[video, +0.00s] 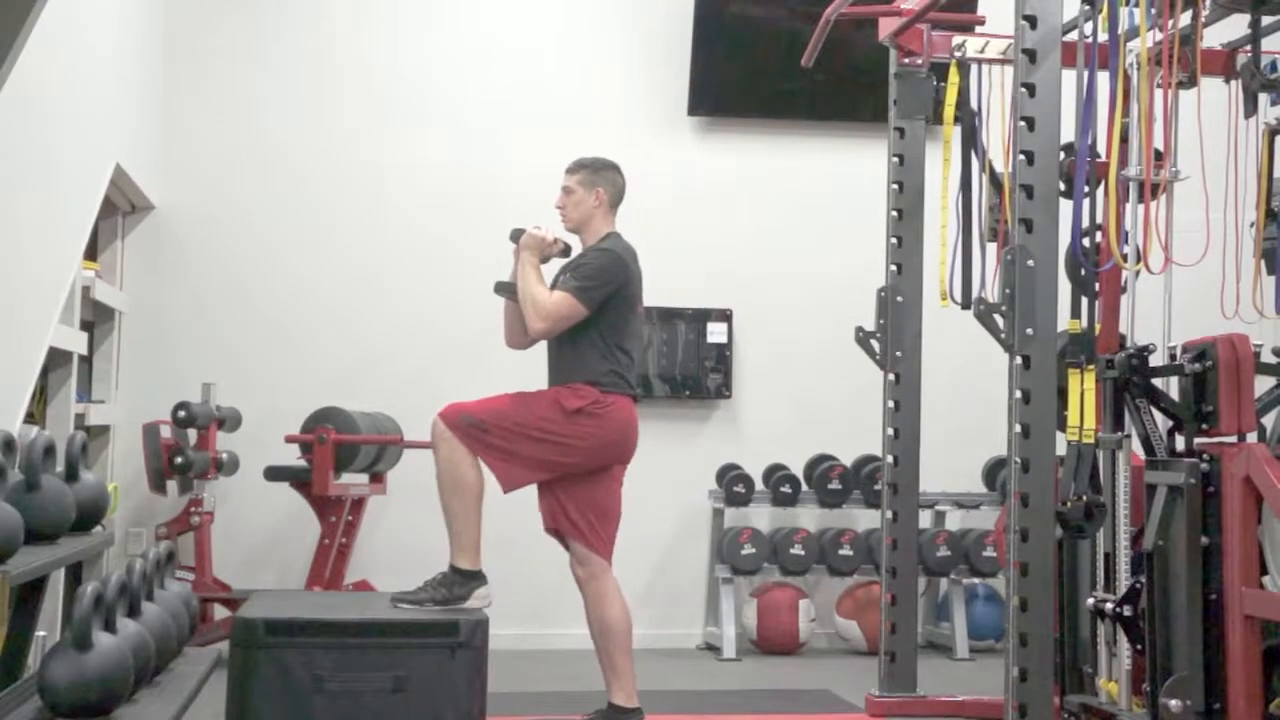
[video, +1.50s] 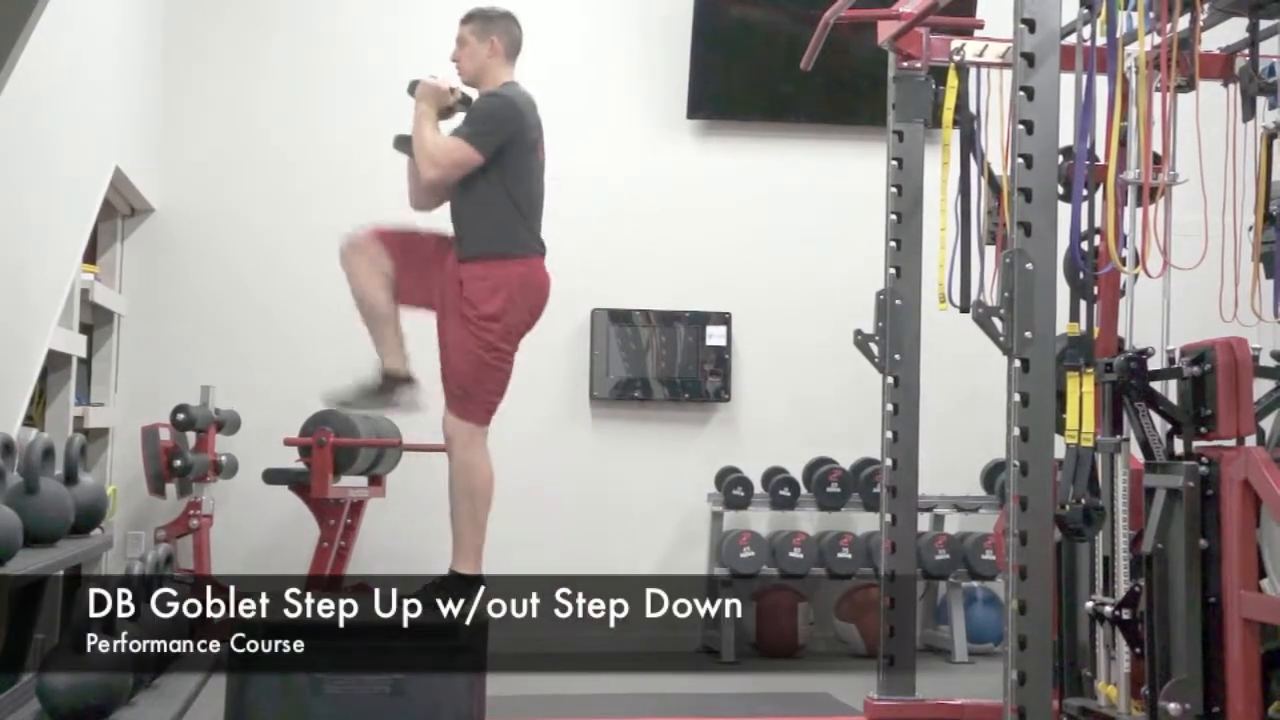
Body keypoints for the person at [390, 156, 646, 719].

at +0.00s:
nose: (558, 202)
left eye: (568, 191)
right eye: (561, 191)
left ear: (600, 198)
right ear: (596, 201)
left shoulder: (609, 256)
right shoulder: (587, 262)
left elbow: (541, 322)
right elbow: (517, 335)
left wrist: (531, 257)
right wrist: (521, 270)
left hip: (592, 410)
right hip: (603, 418)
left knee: (452, 426)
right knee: (592, 566)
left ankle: (464, 574)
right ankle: (624, 705)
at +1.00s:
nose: (493, 199)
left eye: (503, 189)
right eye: (495, 189)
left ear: (533, 197)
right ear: (527, 198)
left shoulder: (548, 257)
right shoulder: (523, 263)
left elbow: (481, 319)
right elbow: (456, 336)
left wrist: (462, 259)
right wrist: (457, 272)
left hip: (558, 405)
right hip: (570, 413)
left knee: (421, 438)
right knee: (553, 563)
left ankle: (464, 578)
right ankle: (612, 695)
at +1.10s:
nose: (474, 158)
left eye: (483, 148)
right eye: (476, 148)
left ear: (514, 153)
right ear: (512, 154)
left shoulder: (526, 214)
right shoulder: (509, 218)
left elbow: (459, 272)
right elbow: (434, 292)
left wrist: (444, 210)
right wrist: (439, 226)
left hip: (539, 366)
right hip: (563, 371)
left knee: (419, 439)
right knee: (535, 521)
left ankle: (463, 576)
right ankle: (583, 640)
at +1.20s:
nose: (464, 117)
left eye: (473, 107)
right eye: (466, 107)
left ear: (505, 112)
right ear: (503, 112)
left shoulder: (517, 171)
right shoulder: (501, 177)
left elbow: (446, 233)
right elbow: (425, 252)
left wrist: (434, 168)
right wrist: (430, 184)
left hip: (528, 328)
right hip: (535, 332)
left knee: (427, 437)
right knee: (482, 480)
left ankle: (464, 580)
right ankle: (557, 594)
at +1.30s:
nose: (458, 77)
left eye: (467, 66)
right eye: (461, 67)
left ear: (499, 69)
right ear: (496, 72)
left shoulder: (512, 128)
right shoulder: (492, 136)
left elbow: (442, 192)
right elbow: (426, 216)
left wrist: (430, 129)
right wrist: (423, 154)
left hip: (519, 294)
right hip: (494, 293)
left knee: (449, 429)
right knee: (404, 389)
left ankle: (464, 581)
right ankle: (488, 481)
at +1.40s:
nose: (456, 61)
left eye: (464, 49)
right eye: (458, 50)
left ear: (496, 50)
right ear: (497, 51)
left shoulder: (509, 107)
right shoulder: (491, 115)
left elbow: (438, 173)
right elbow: (427, 201)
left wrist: (427, 111)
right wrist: (427, 133)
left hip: (507, 280)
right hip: (470, 274)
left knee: (461, 429)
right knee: (366, 303)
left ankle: (465, 580)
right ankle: (431, 416)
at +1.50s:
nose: (453, 54)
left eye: (462, 43)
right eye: (455, 44)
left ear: (495, 46)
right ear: (495, 47)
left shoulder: (507, 105)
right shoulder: (488, 111)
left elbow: (434, 169)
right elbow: (422, 197)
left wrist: (425, 106)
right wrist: (427, 125)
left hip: (499, 280)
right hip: (466, 266)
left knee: (464, 432)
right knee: (363, 250)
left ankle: (465, 582)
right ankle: (395, 375)